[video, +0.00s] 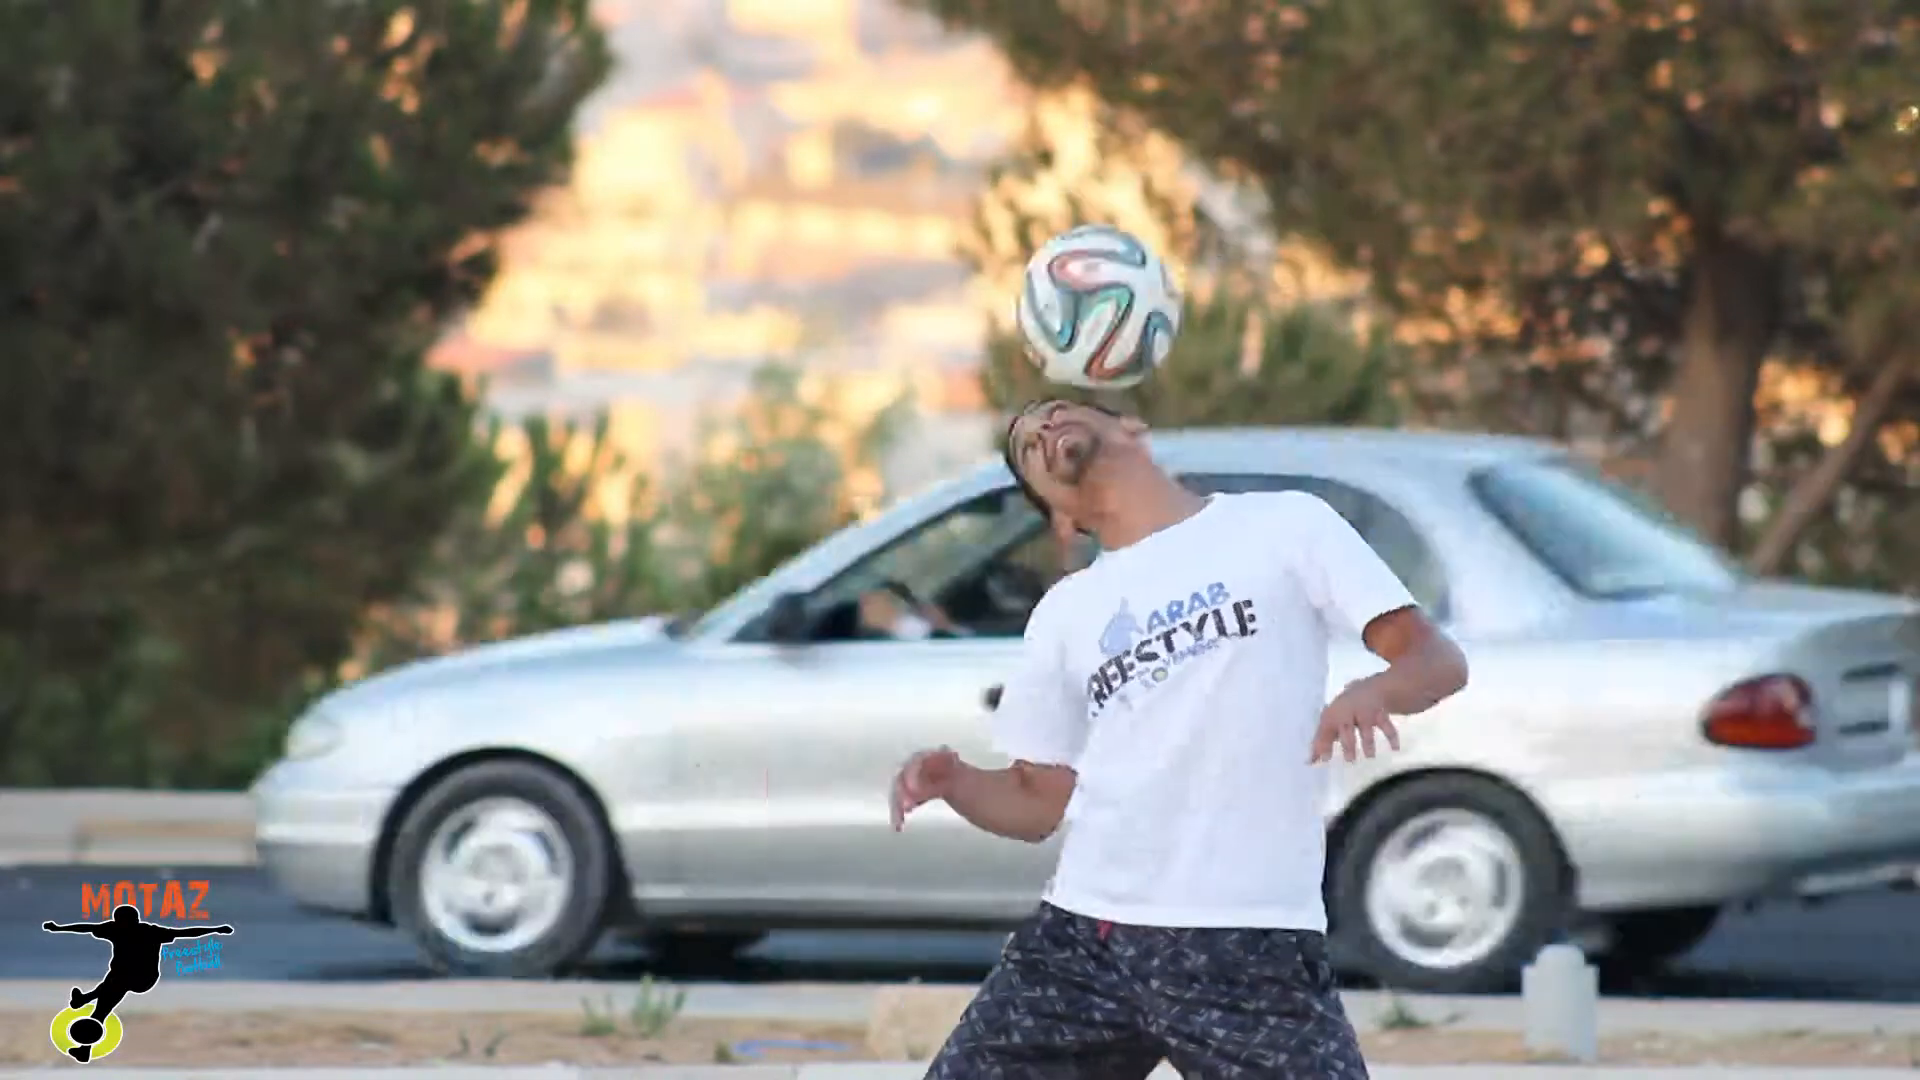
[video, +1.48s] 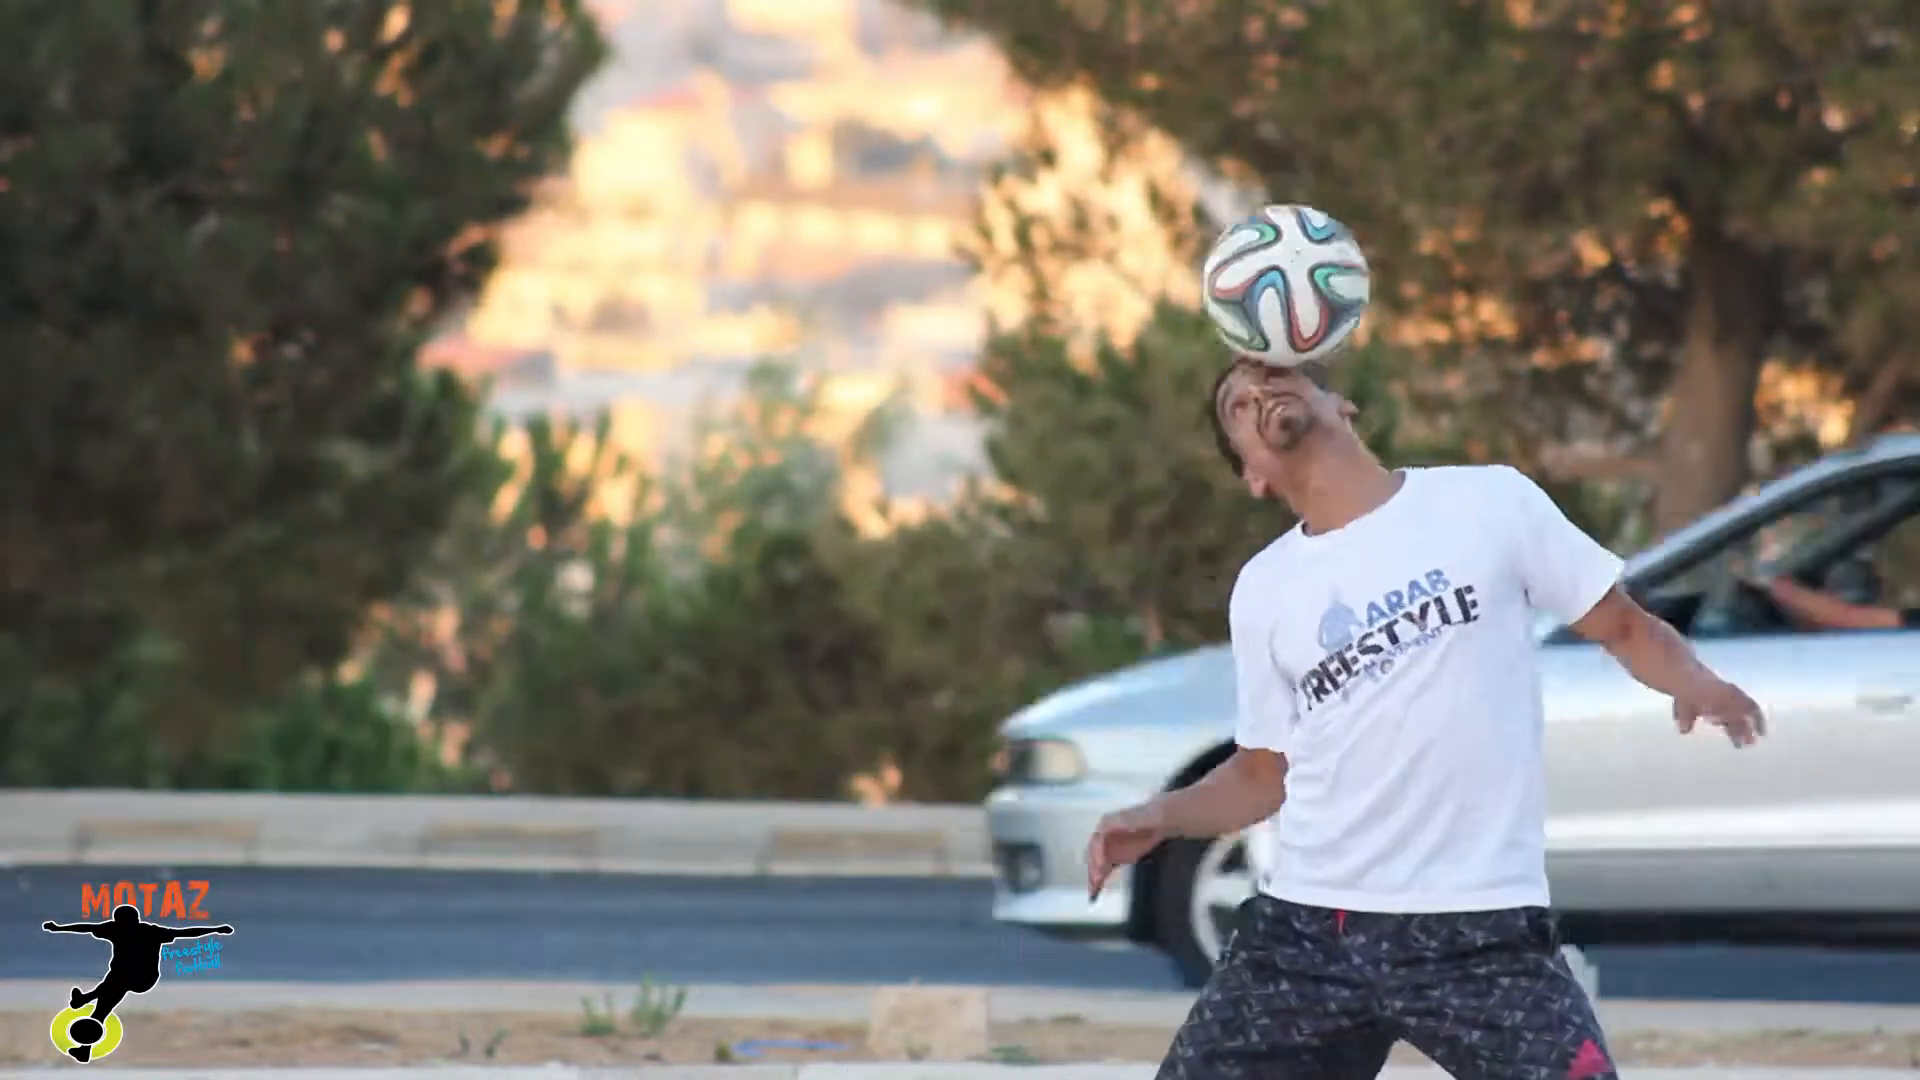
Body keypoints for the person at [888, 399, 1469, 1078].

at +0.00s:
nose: (1046, 433)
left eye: (1061, 416)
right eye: (1029, 450)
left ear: (1134, 430)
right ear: (1064, 514)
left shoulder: (1286, 522)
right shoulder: (1065, 612)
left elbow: (1439, 659)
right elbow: (1037, 805)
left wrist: (1377, 689)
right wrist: (955, 779)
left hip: (1250, 960)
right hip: (1076, 953)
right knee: (958, 1070)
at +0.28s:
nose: (1128, 348)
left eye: (1147, 343)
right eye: (1102, 358)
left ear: (1199, 397)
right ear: (1091, 437)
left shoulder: (1307, 511)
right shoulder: (1062, 557)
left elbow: (1411, 664)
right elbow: (1028, 756)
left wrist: (1476, 756)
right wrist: (983, 733)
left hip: (1259, 934)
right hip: (1080, 928)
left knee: (1352, 1068)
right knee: (974, 1069)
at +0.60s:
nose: (1331, 474)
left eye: (1365, 494)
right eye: (1338, 461)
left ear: (1347, 570)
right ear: (1291, 474)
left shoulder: (1298, 672)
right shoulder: (1115, 508)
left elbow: (1270, 823)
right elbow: (942, 589)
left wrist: (1394, 940)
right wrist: (993, 643)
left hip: (1174, 967)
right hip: (987, 947)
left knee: (1296, 1072)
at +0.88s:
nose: (1293, 376)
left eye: (1332, 388)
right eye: (1298, 366)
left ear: (1342, 466)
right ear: (1257, 395)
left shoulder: (1326, 615)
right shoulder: (1111, 476)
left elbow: (1354, 792)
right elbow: (1006, 588)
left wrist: (1440, 880)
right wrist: (954, 653)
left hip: (1215, 933)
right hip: (1039, 913)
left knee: (1325, 1073)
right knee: (944, 1072)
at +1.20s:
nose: (1212, 393)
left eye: (1240, 379)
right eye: (1194, 398)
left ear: (1301, 419)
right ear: (1201, 471)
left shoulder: (1411, 547)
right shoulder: (1175, 583)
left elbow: (1535, 728)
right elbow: (1151, 760)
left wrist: (1438, 663)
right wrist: (1064, 788)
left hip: (1381, 966)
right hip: (1204, 962)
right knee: (1080, 1074)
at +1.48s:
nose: (1267, 398)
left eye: (1282, 385)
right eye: (1245, 410)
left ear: (1346, 408)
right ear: (1255, 477)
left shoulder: (1493, 502)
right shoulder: (1263, 590)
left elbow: (1622, 623)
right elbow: (1262, 772)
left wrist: (1691, 679)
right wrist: (1161, 816)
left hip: (1485, 943)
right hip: (1304, 945)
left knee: (1581, 1073)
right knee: (1190, 1077)